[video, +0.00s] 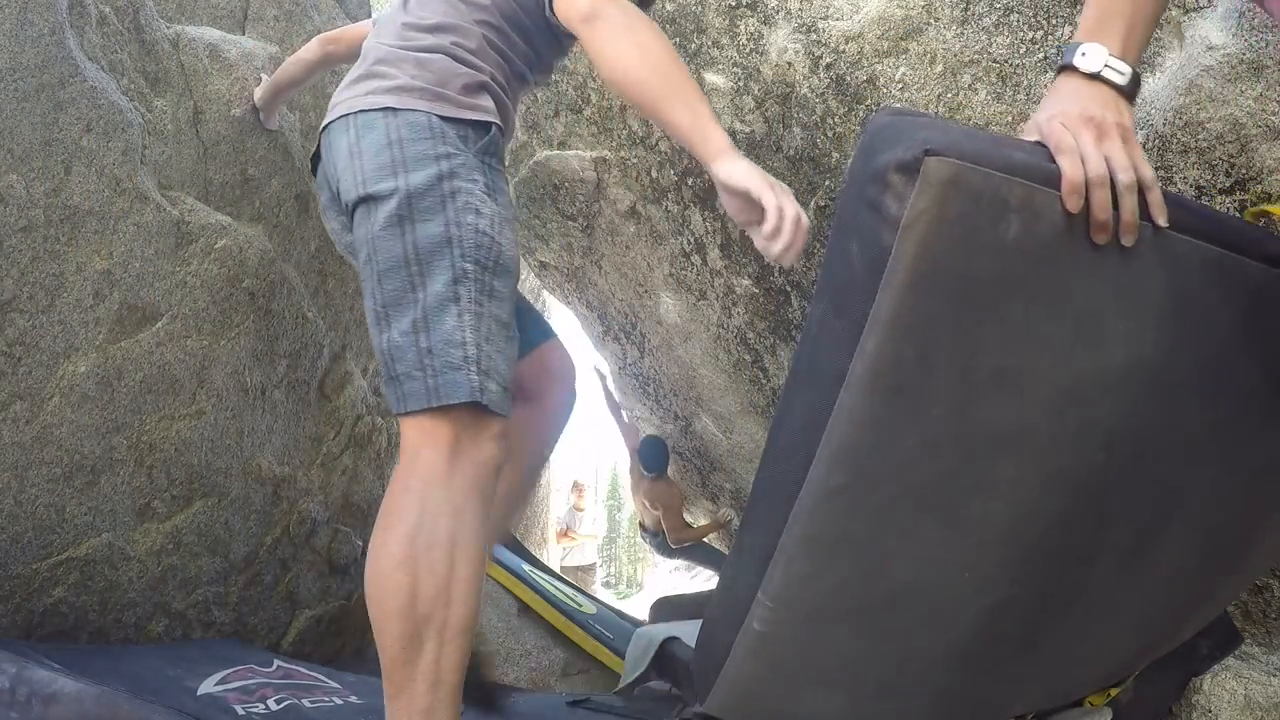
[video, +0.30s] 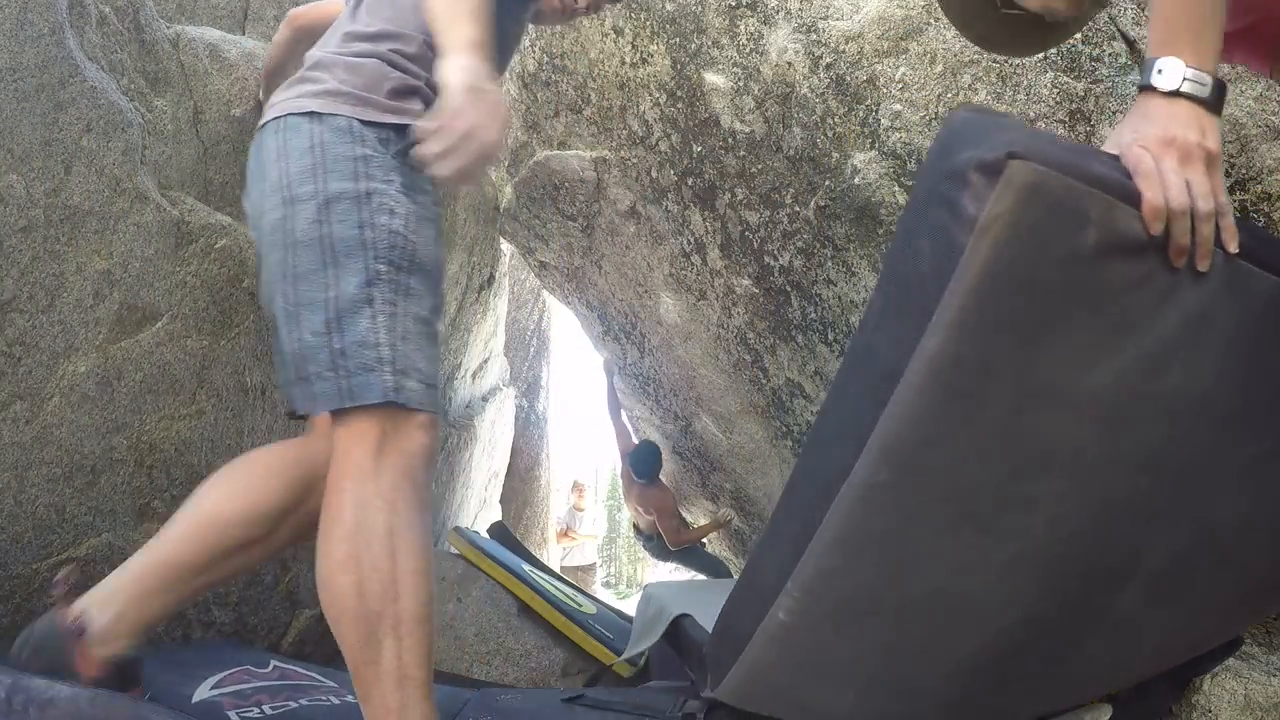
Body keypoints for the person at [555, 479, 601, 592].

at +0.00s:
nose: (581, 492)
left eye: (583, 489)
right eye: (577, 489)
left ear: (588, 492)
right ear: (571, 492)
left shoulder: (596, 513)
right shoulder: (564, 513)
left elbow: (597, 538)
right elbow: (560, 541)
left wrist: (571, 533)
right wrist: (585, 539)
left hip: (589, 564)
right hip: (567, 565)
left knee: (589, 604)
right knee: (567, 604)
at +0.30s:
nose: (581, 493)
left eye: (584, 490)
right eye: (578, 489)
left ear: (589, 492)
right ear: (571, 493)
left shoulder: (596, 513)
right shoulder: (564, 513)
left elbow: (597, 539)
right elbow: (560, 541)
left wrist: (571, 533)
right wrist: (585, 539)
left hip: (589, 565)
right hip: (567, 566)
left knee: (589, 604)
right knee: (568, 604)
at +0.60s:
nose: (581, 493)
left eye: (584, 490)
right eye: (577, 490)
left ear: (588, 492)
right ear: (572, 493)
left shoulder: (596, 513)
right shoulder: (564, 514)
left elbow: (598, 538)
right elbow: (560, 540)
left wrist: (572, 533)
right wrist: (584, 538)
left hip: (589, 565)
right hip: (567, 566)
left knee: (589, 604)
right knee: (568, 605)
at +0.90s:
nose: (581, 492)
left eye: (584, 489)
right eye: (577, 489)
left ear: (589, 492)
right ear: (572, 492)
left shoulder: (596, 513)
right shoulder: (565, 514)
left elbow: (597, 538)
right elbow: (560, 541)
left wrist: (571, 533)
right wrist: (584, 538)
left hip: (589, 564)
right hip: (567, 565)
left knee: (590, 602)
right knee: (568, 602)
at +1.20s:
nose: (581, 492)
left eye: (584, 489)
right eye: (577, 489)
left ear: (589, 492)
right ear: (571, 492)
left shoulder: (596, 513)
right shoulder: (564, 513)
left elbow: (597, 538)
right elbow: (560, 541)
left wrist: (572, 533)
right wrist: (585, 538)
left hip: (589, 565)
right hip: (567, 565)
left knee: (590, 603)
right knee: (568, 603)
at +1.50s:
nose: (581, 492)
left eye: (584, 489)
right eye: (577, 489)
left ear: (589, 492)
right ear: (571, 492)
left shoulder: (596, 513)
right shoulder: (564, 513)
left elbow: (597, 538)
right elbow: (560, 541)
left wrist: (571, 533)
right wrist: (585, 538)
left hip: (589, 564)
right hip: (567, 565)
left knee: (590, 603)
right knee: (568, 603)